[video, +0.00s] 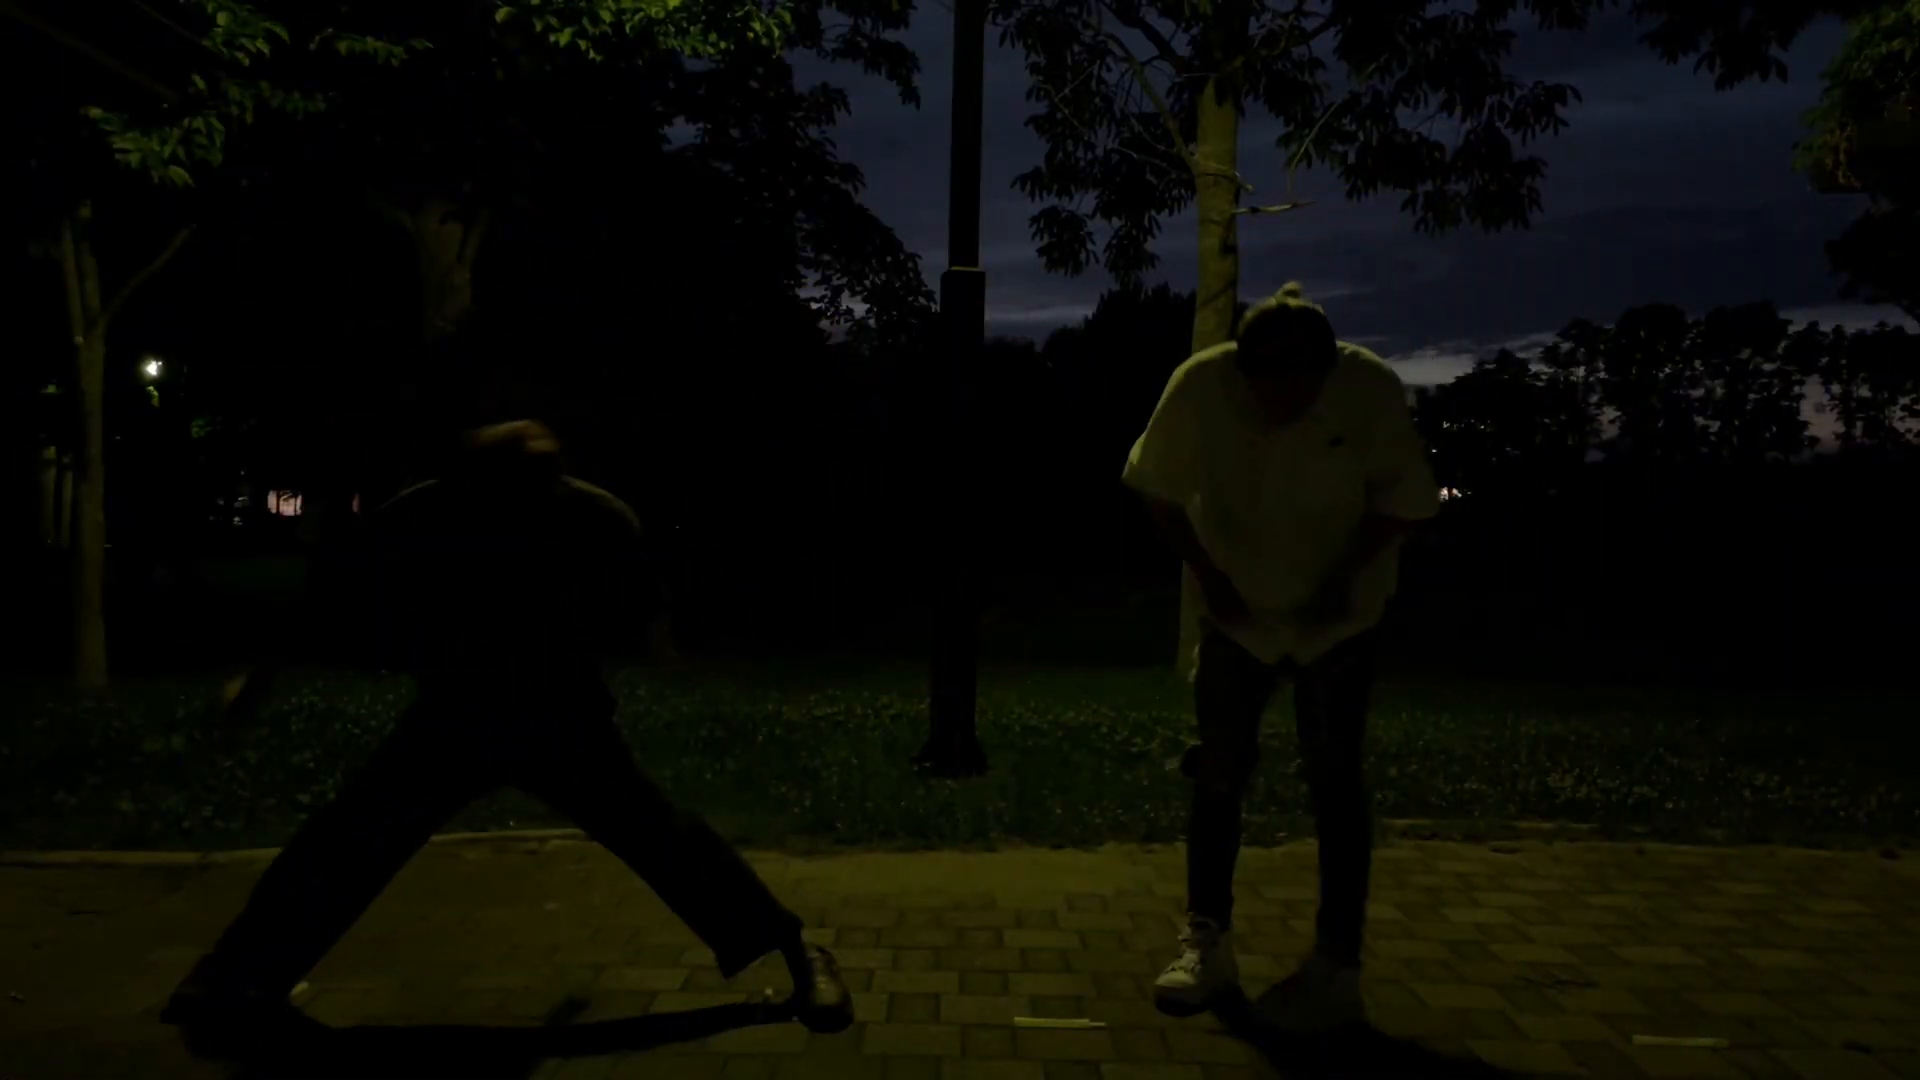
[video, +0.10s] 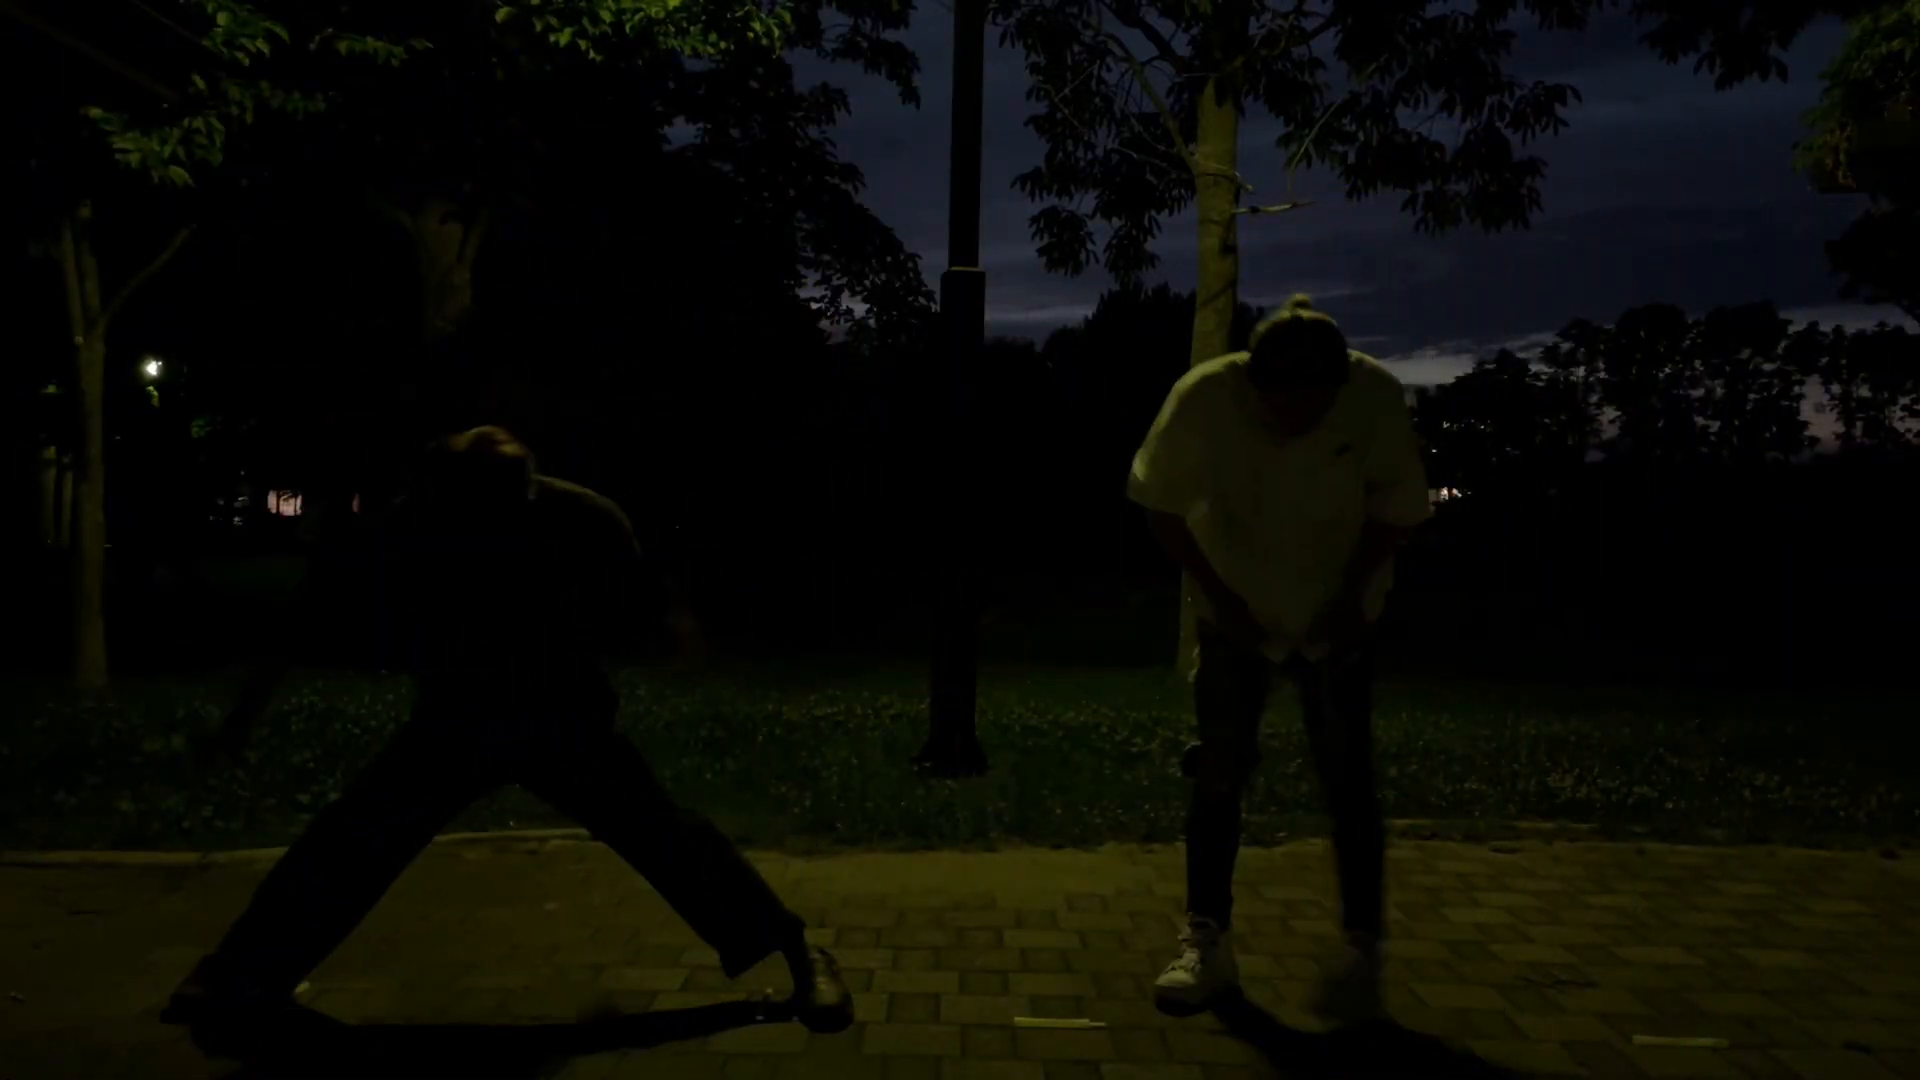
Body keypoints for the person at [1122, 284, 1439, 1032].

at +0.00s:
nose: (1278, 407)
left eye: (1294, 391)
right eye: (1267, 389)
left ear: (1323, 368)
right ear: (1244, 366)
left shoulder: (1371, 389)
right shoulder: (1200, 384)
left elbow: (1407, 501)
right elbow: (1157, 492)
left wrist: (1340, 581)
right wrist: (1213, 582)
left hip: (1339, 616)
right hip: (1234, 615)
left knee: (1338, 782)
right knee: (1217, 771)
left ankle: (1337, 965)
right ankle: (1205, 944)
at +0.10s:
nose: (1292, 420)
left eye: (1307, 403)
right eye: (1280, 402)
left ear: (1332, 379)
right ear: (1254, 378)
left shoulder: (1375, 398)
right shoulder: (1203, 396)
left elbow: (1398, 513)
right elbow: (1159, 507)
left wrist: (1347, 604)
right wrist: (1219, 599)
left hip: (1337, 616)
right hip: (1231, 616)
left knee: (1350, 781)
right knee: (1216, 771)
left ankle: (1361, 955)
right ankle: (1205, 943)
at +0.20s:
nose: (1328, 440)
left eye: (1341, 423)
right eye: (1317, 423)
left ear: (1361, 401)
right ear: (1286, 400)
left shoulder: (1393, 422)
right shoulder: (1217, 420)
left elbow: (1407, 540)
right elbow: (1176, 532)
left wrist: (1371, 633)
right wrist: (1236, 627)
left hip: (1346, 627)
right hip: (1239, 624)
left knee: (1387, 777)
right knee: (1215, 775)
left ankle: (1431, 946)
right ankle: (1203, 943)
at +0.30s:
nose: (1356, 462)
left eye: (1369, 445)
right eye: (1345, 445)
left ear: (1389, 425)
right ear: (1315, 420)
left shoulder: (1413, 441)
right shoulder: (1242, 440)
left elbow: (1426, 556)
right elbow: (1205, 561)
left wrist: (1410, 645)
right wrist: (1262, 657)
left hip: (1362, 627)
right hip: (1252, 624)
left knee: (1416, 782)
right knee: (1216, 775)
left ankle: (1474, 954)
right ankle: (1206, 947)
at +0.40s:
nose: (1395, 496)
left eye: (1406, 481)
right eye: (1385, 479)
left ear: (1424, 459)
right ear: (1354, 455)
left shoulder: (1437, 465)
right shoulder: (1278, 458)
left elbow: (1447, 587)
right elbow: (1229, 593)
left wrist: (1435, 691)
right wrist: (1297, 711)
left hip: (1378, 631)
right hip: (1271, 629)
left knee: (1434, 788)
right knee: (1222, 770)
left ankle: (1494, 957)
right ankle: (1206, 947)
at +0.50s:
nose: (1448, 552)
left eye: (1462, 539)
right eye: (1441, 536)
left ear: (1480, 514)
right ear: (1408, 507)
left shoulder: (1490, 517)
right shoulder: (1334, 502)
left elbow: (1505, 639)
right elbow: (1281, 638)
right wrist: (1334, 785)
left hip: (1414, 632)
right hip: (1299, 624)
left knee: (1473, 789)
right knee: (1231, 760)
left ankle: (1511, 964)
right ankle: (1200, 942)